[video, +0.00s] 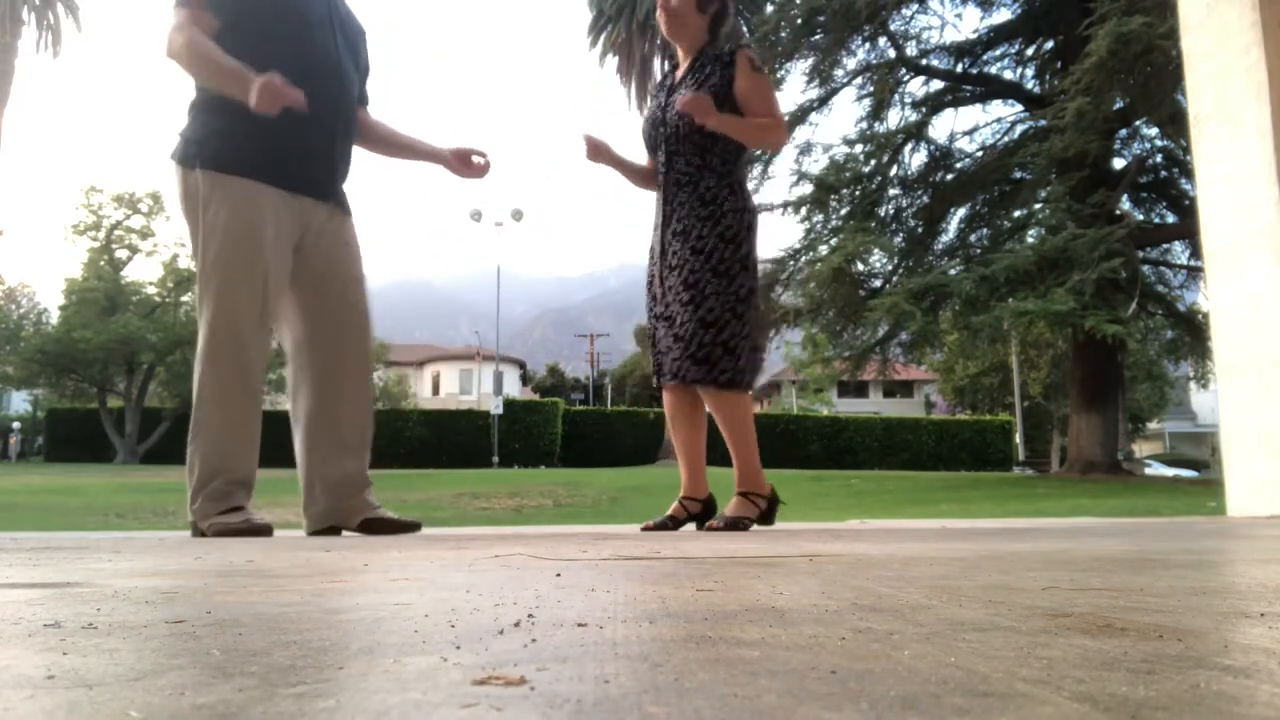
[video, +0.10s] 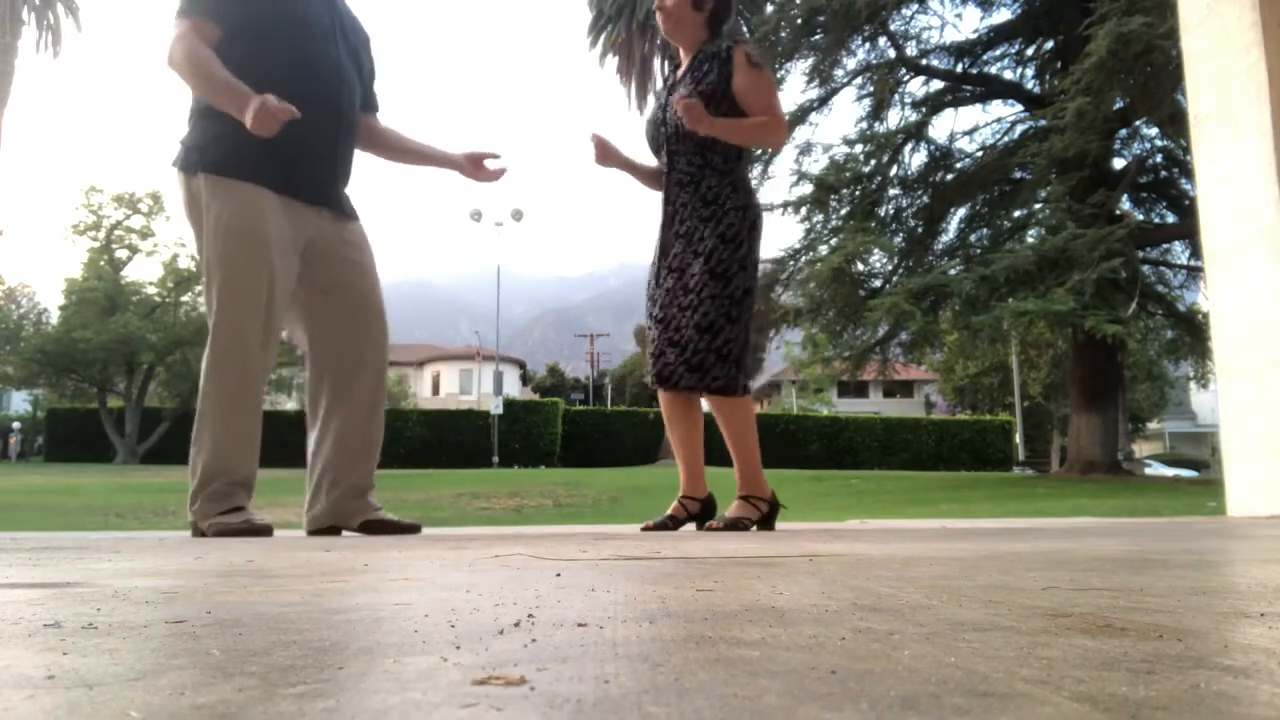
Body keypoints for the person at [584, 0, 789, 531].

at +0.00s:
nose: (661, 7)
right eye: (659, 1)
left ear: (705, 7)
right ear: (660, 14)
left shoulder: (736, 62)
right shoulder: (667, 84)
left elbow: (775, 133)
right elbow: (660, 178)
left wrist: (715, 119)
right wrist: (613, 159)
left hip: (718, 226)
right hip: (672, 227)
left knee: (713, 360)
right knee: (673, 362)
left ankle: (754, 490)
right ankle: (694, 495)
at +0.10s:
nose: (658, 8)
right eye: (657, 2)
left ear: (701, 5)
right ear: (664, 15)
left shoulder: (736, 57)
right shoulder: (673, 83)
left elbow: (776, 130)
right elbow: (673, 180)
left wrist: (710, 125)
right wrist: (622, 162)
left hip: (725, 220)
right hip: (679, 223)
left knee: (713, 356)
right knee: (668, 357)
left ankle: (756, 494)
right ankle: (693, 495)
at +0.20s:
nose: (656, 10)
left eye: (664, 1)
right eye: (655, 3)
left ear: (698, 4)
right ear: (670, 13)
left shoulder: (733, 47)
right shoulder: (674, 81)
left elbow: (774, 119)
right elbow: (677, 176)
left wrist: (707, 111)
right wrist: (625, 154)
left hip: (733, 215)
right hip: (686, 221)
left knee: (723, 349)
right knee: (666, 353)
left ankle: (756, 493)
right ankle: (690, 491)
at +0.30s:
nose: (656, 9)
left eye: (665, 1)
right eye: (655, 3)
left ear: (698, 3)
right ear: (673, 12)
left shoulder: (732, 47)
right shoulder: (671, 80)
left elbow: (774, 118)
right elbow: (673, 174)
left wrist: (706, 105)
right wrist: (620, 146)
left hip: (737, 219)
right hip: (689, 226)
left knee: (740, 353)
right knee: (663, 354)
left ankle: (757, 493)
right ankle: (688, 487)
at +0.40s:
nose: (657, 8)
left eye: (667, 1)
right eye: (658, 2)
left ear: (699, 8)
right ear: (672, 15)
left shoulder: (732, 58)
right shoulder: (666, 92)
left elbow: (771, 126)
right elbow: (648, 174)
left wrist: (707, 118)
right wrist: (599, 140)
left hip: (739, 224)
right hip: (686, 231)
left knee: (746, 357)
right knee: (665, 360)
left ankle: (758, 495)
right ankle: (687, 491)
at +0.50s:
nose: (657, 9)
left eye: (668, 1)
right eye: (658, 2)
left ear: (702, 9)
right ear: (671, 14)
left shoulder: (731, 65)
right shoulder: (664, 91)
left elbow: (767, 141)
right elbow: (623, 166)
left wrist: (719, 123)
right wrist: (576, 142)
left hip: (733, 227)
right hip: (682, 235)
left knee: (743, 359)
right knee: (668, 364)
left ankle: (758, 495)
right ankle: (689, 496)